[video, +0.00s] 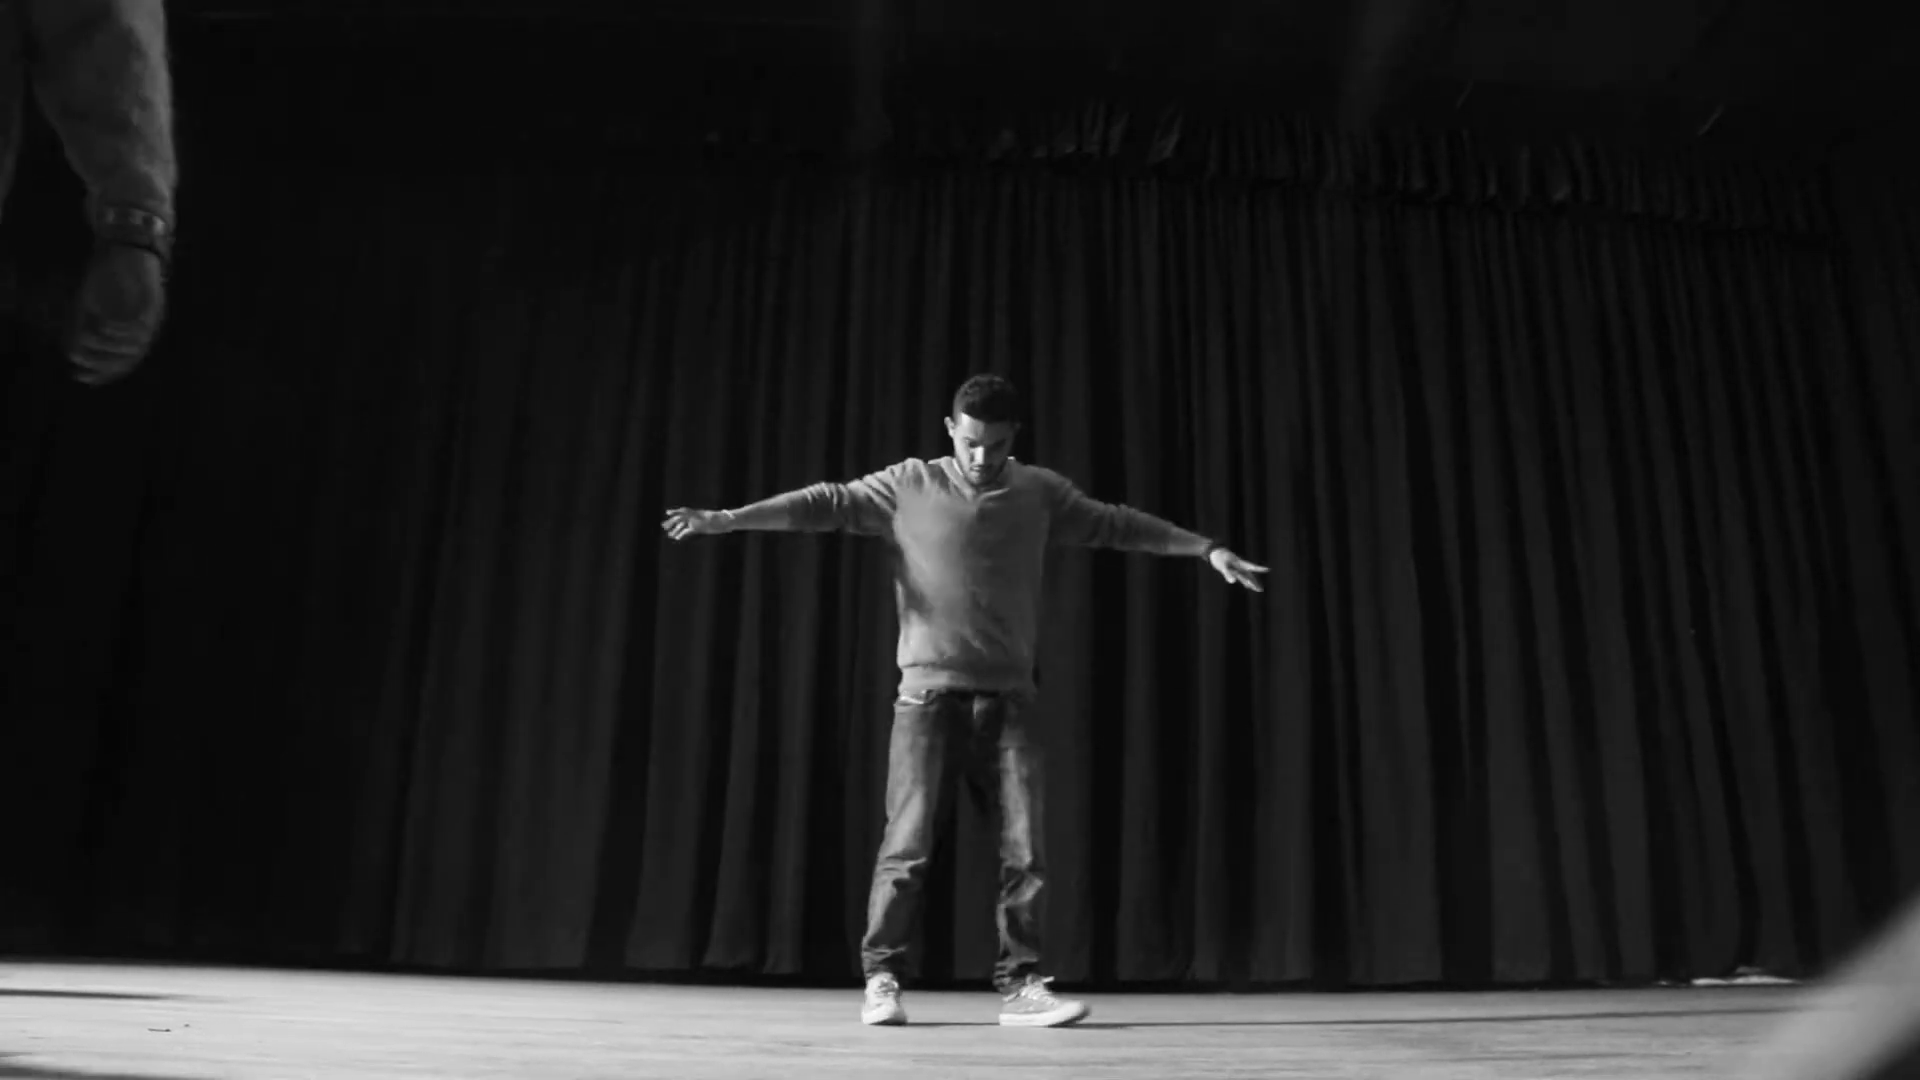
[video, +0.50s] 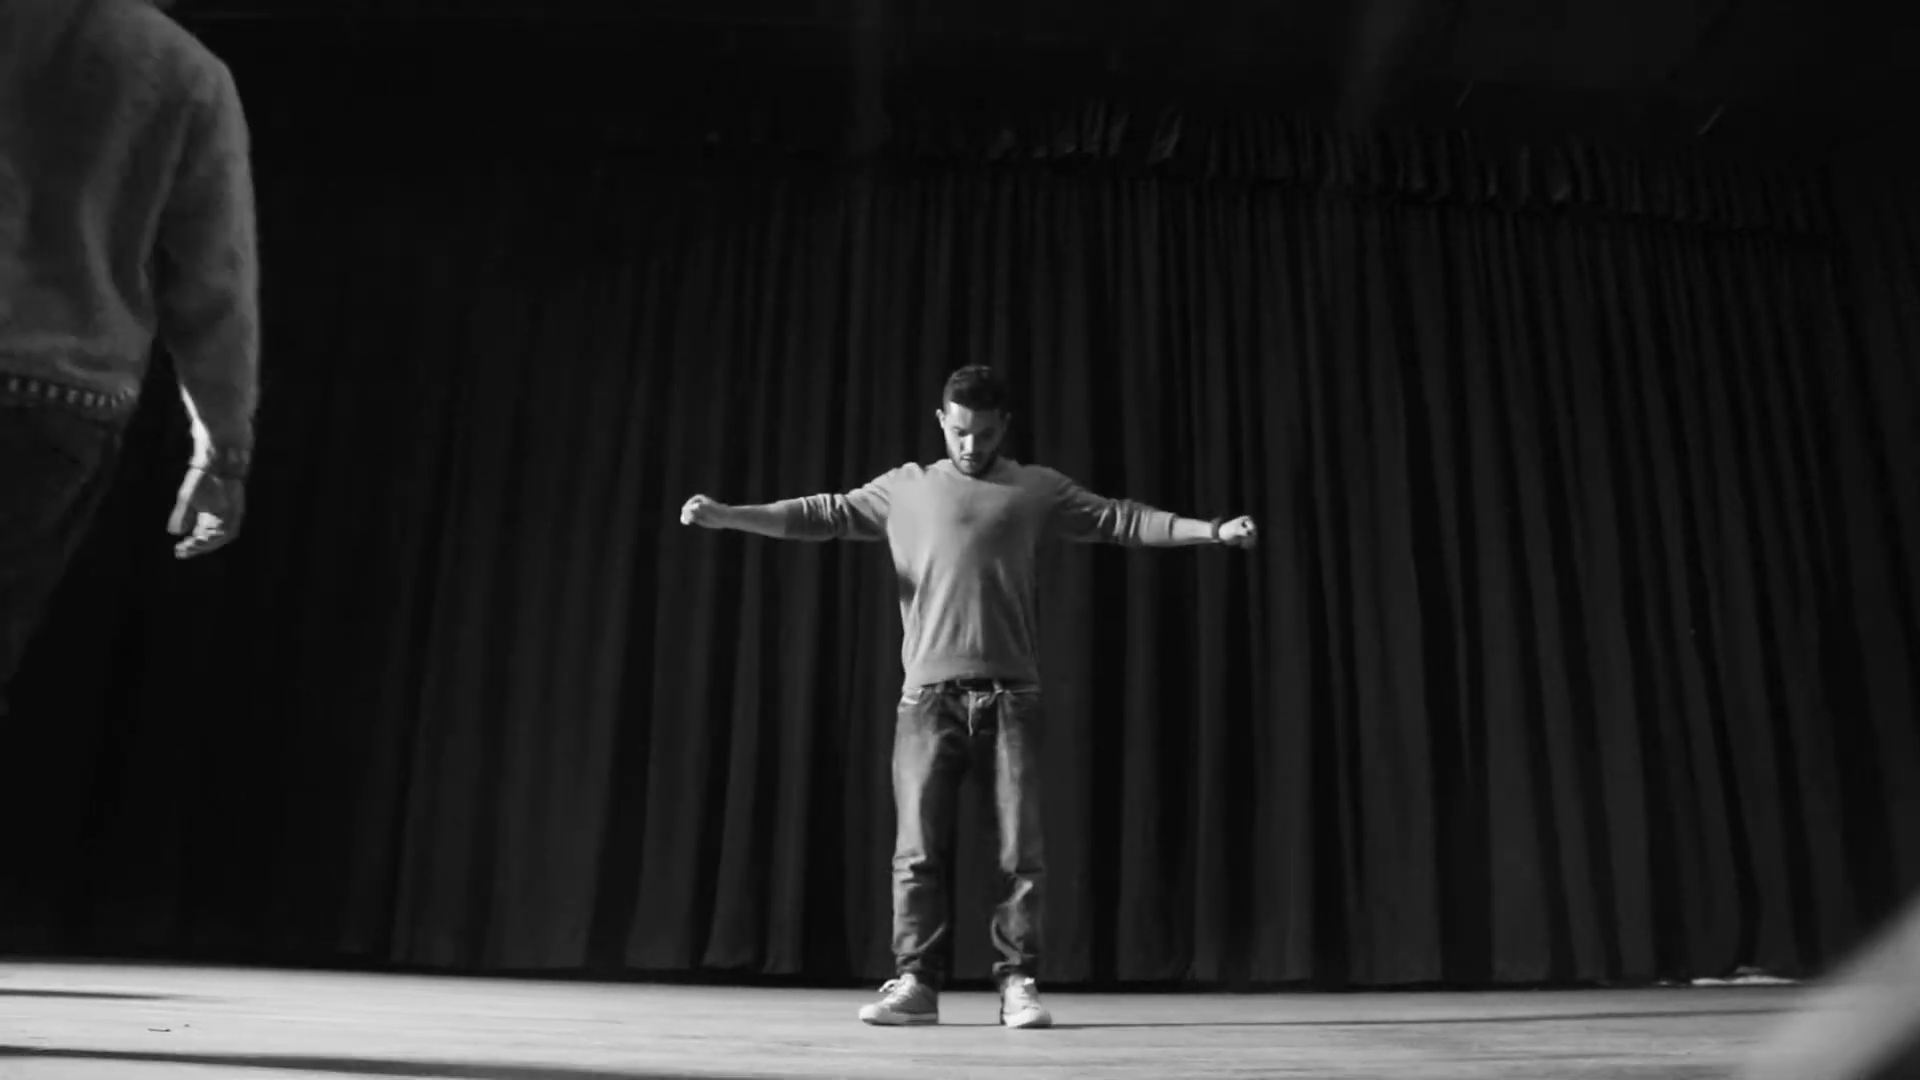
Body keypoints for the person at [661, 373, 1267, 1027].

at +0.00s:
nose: (986, 458)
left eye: (999, 446)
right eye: (974, 443)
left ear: (1017, 441)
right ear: (950, 430)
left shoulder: (1041, 493)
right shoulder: (909, 486)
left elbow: (1121, 525)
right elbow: (820, 502)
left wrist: (1208, 549)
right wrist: (724, 520)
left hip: (1009, 691)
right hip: (928, 689)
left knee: (1025, 846)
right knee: (911, 841)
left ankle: (1023, 990)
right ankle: (883, 980)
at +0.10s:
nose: (978, 457)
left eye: (991, 444)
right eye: (967, 443)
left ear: (1011, 437)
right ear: (946, 430)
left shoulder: (1040, 490)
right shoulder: (907, 486)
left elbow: (1122, 516)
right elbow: (822, 497)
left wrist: (1206, 529)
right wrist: (733, 500)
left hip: (1008, 690)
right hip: (925, 689)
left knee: (1022, 846)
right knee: (912, 840)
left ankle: (1020, 982)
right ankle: (894, 979)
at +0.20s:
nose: (977, 456)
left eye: (991, 444)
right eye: (967, 441)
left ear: (1010, 436)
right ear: (945, 428)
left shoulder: (1041, 491)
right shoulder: (905, 489)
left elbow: (1126, 517)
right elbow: (818, 505)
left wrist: (1217, 530)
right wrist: (727, 502)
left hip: (1005, 696)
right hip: (921, 695)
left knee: (1019, 847)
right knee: (911, 844)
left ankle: (1022, 987)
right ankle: (913, 985)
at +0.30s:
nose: (974, 455)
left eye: (987, 444)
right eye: (963, 442)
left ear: (1005, 433)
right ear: (943, 428)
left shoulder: (1040, 490)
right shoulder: (904, 488)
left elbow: (1121, 518)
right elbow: (822, 508)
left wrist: (1212, 531)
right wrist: (731, 510)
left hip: (1009, 693)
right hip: (924, 693)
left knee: (1016, 847)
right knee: (915, 845)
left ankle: (1019, 986)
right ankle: (914, 985)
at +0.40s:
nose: (971, 446)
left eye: (984, 434)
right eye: (961, 432)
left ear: (1004, 430)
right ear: (942, 424)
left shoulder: (1039, 492)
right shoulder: (903, 491)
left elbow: (1121, 523)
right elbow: (820, 514)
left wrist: (1210, 533)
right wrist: (728, 513)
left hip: (1007, 693)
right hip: (924, 695)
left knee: (1017, 849)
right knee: (916, 847)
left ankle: (1019, 987)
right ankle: (914, 986)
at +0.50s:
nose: (971, 443)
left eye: (984, 431)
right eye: (961, 430)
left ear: (1004, 426)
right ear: (942, 421)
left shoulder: (1039, 489)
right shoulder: (904, 489)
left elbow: (1122, 520)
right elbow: (819, 513)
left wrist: (1211, 531)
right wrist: (728, 515)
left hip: (1009, 691)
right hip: (927, 693)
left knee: (1019, 848)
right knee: (920, 846)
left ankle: (1019, 988)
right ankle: (914, 986)